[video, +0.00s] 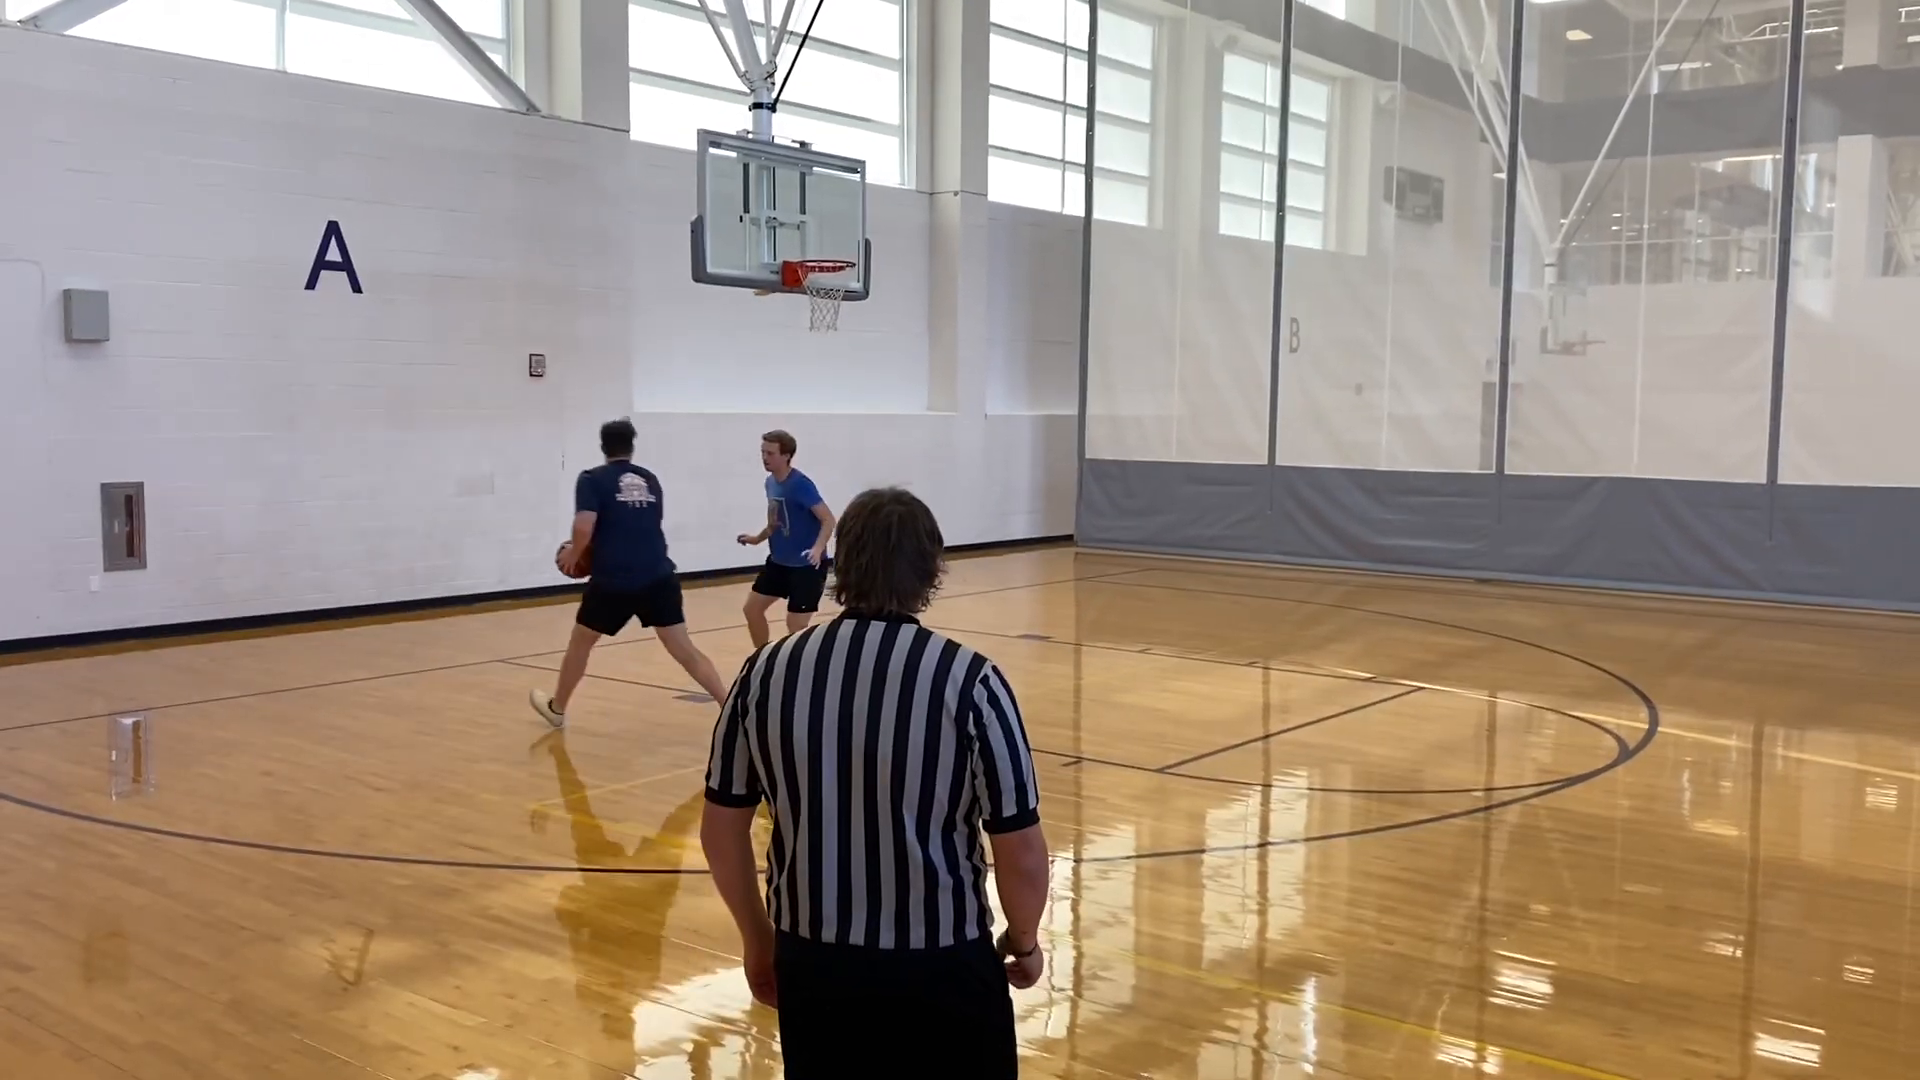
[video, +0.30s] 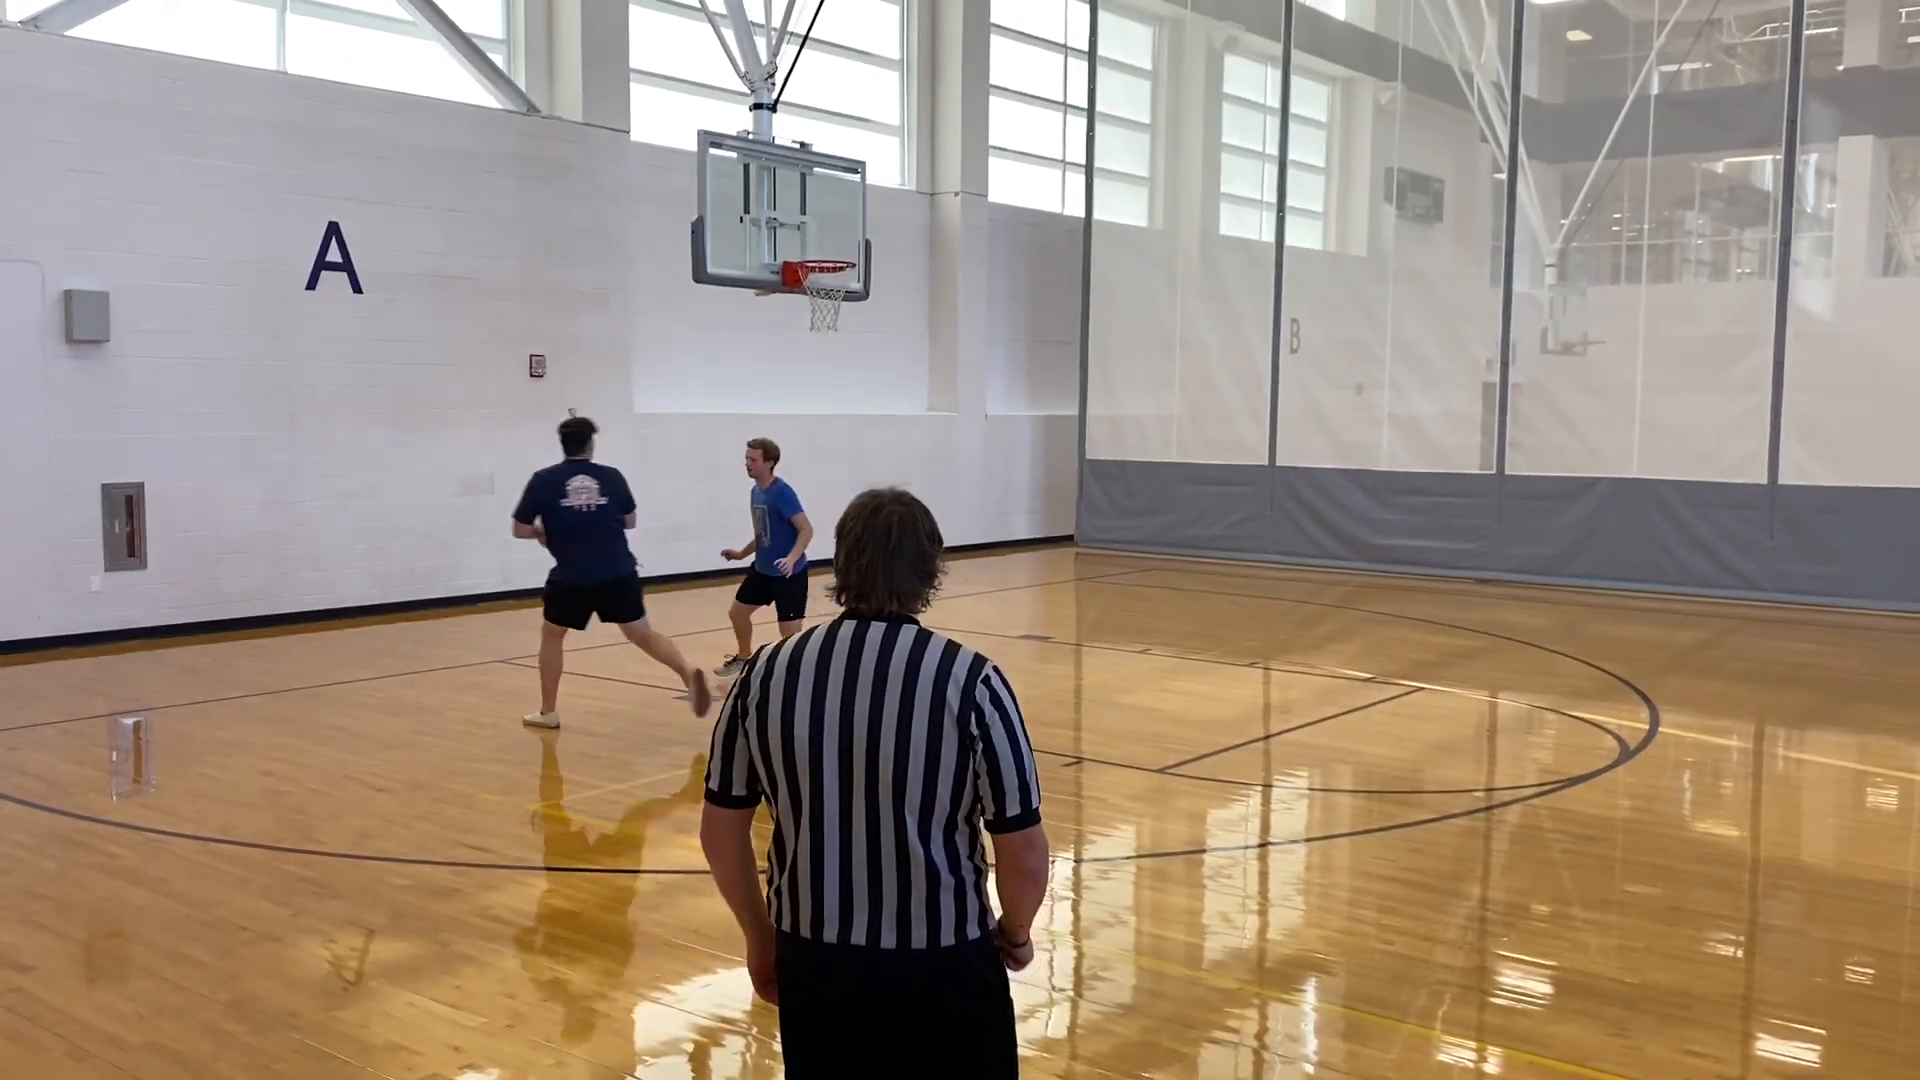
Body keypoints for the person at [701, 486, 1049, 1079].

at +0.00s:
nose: (939, 570)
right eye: (935, 557)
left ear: (841, 564)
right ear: (931, 569)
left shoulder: (765, 671)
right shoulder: (970, 680)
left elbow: (721, 830)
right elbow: (1021, 853)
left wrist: (756, 937)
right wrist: (1024, 938)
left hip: (813, 973)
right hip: (947, 976)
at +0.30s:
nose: (938, 570)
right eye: (935, 557)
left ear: (842, 564)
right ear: (930, 569)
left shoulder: (766, 671)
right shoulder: (971, 680)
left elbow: (721, 831)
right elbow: (1024, 854)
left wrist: (758, 933)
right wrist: (1014, 929)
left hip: (815, 972)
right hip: (949, 974)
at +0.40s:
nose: (938, 572)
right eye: (935, 560)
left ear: (841, 567)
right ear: (930, 572)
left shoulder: (764, 674)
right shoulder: (970, 681)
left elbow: (720, 836)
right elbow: (1027, 856)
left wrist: (758, 938)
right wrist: (1011, 922)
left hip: (814, 975)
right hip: (947, 976)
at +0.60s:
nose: (934, 573)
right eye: (930, 561)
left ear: (839, 568)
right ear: (925, 572)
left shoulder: (763, 677)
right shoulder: (967, 681)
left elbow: (719, 835)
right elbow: (1035, 851)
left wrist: (760, 933)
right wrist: (1009, 891)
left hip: (813, 976)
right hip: (947, 975)